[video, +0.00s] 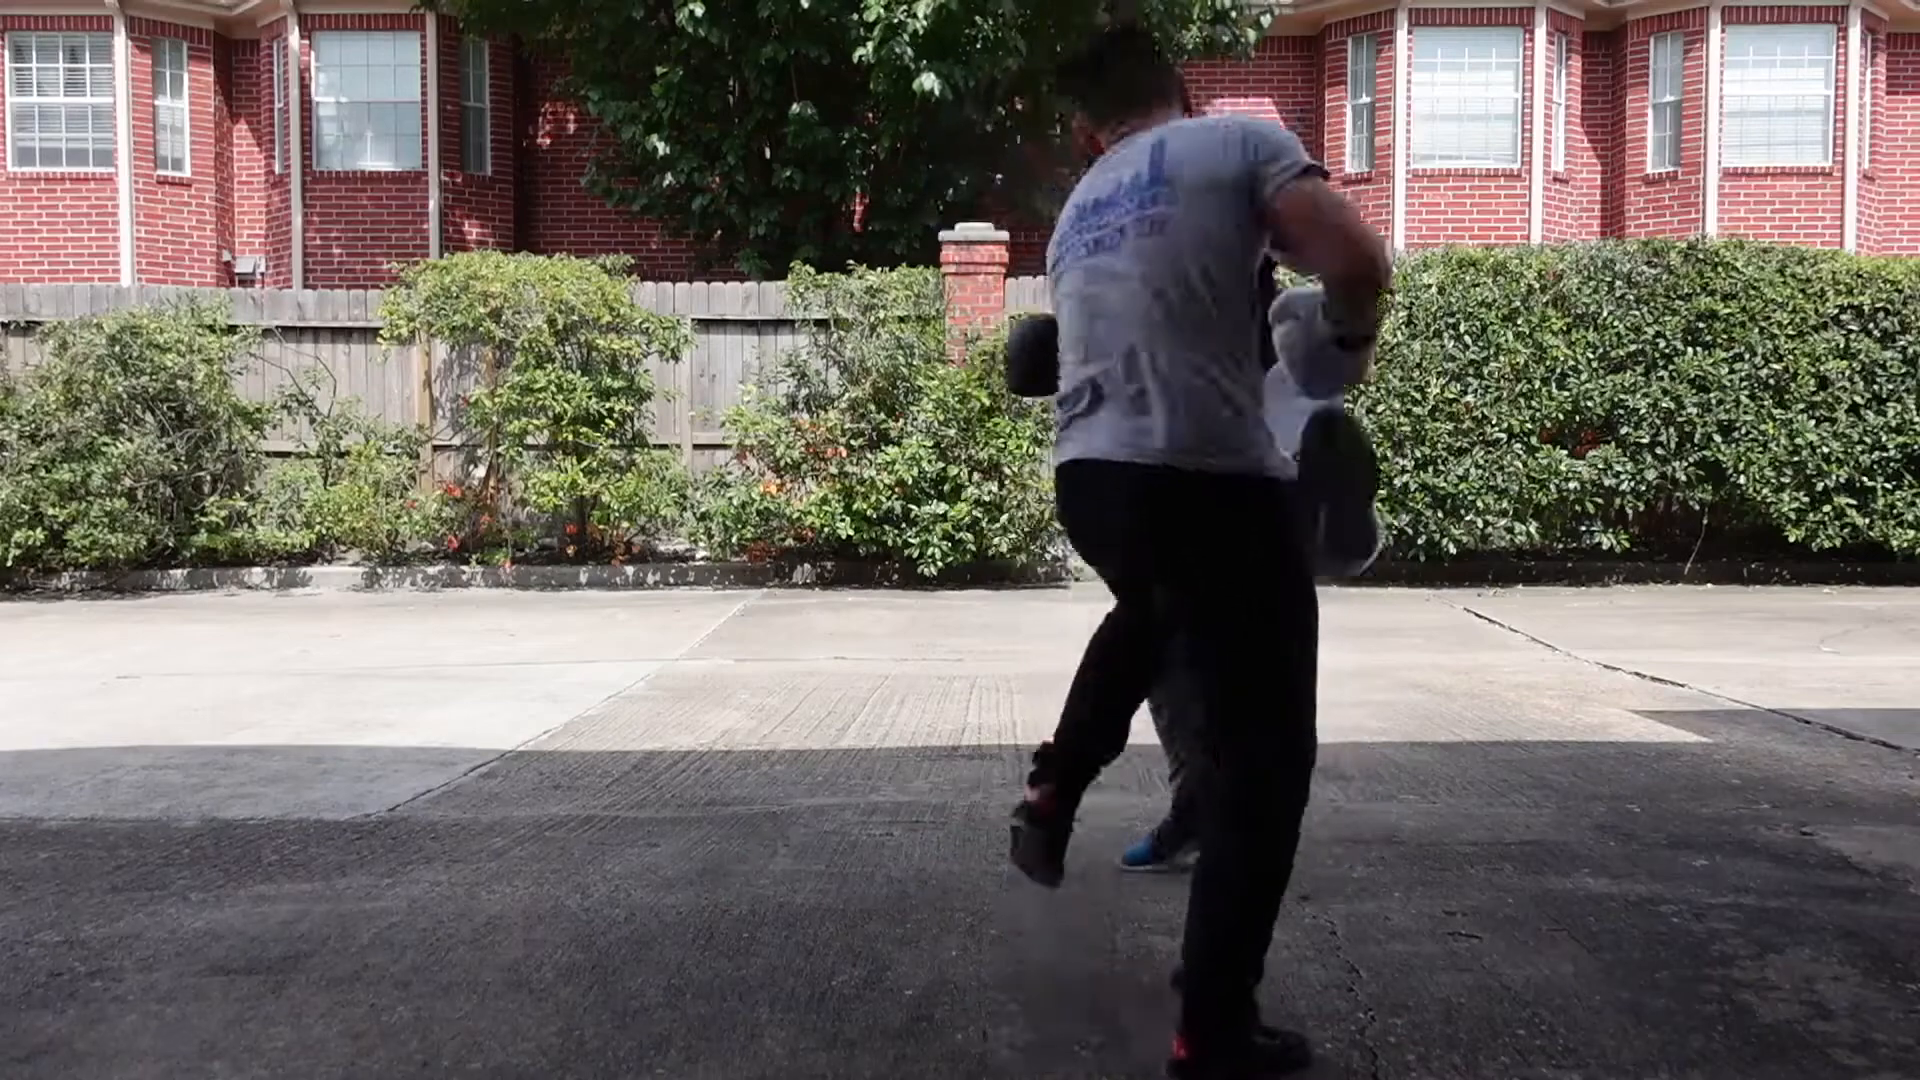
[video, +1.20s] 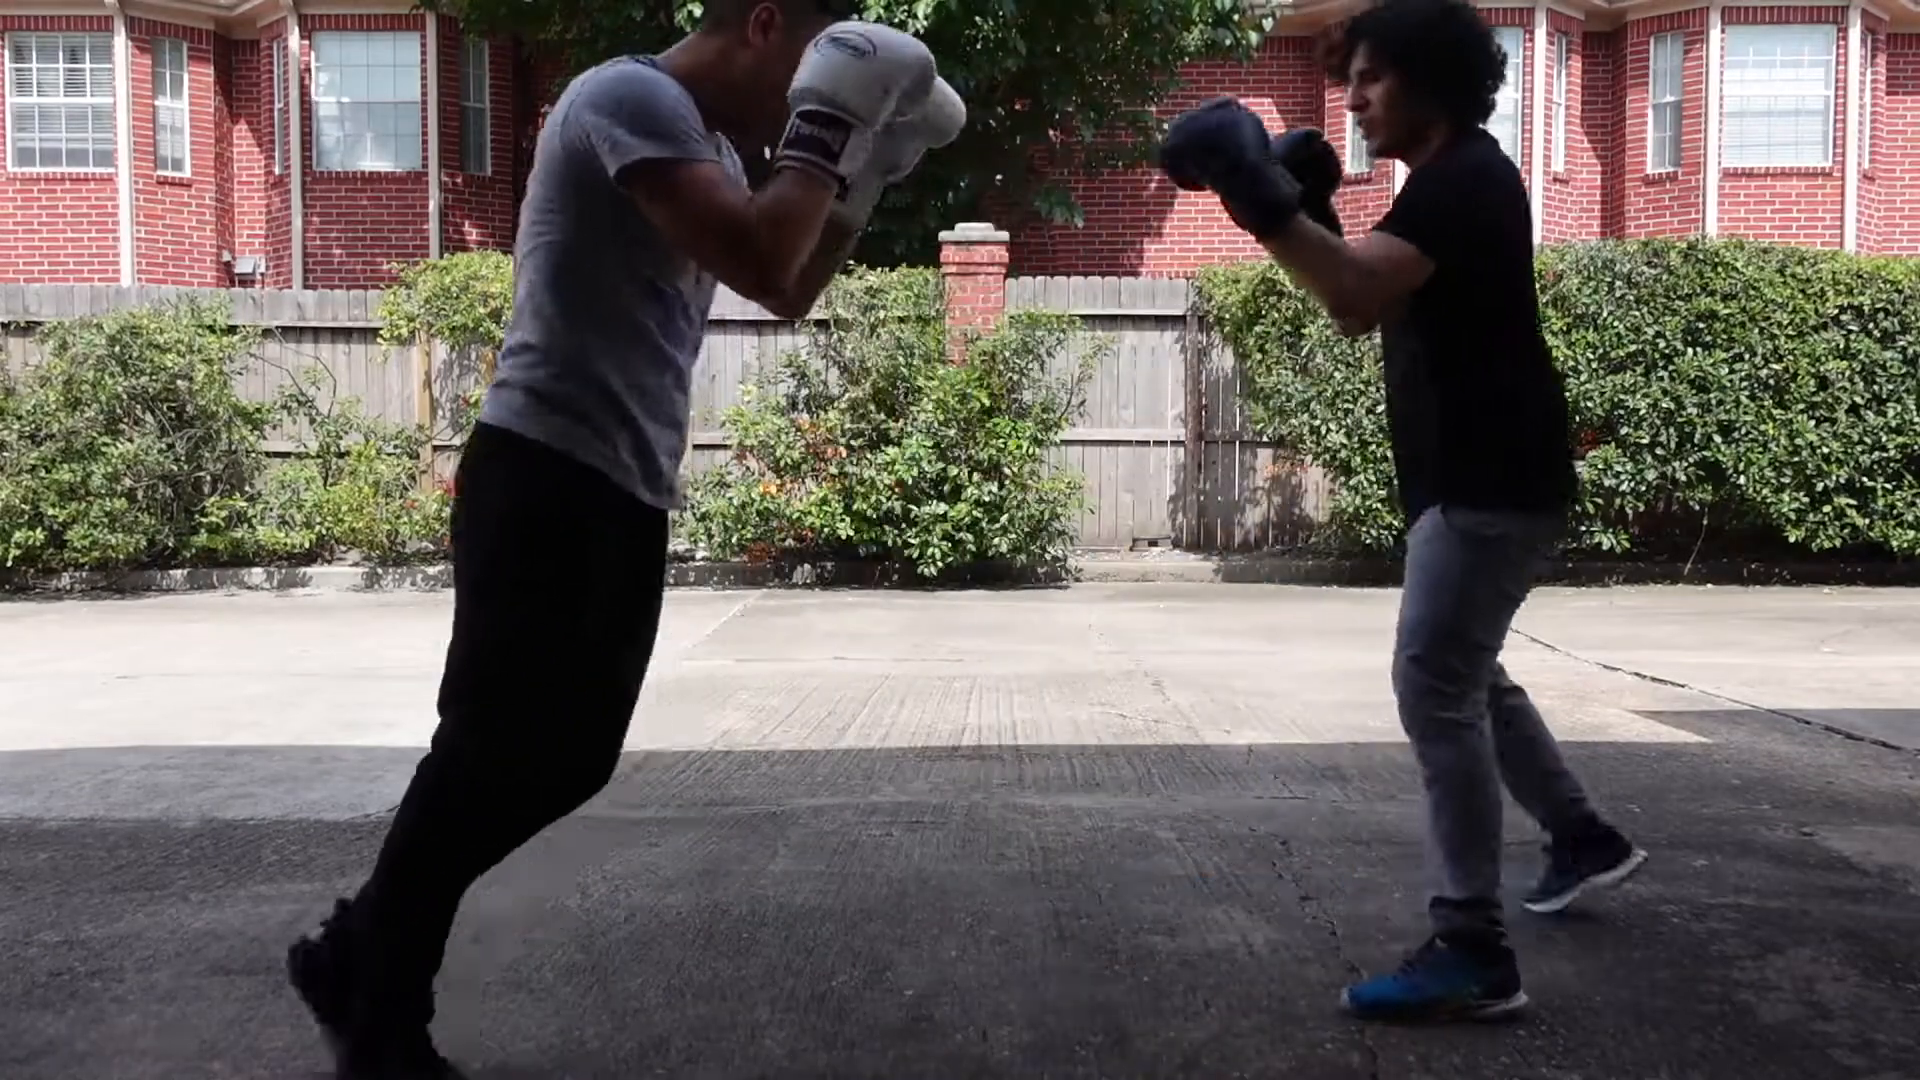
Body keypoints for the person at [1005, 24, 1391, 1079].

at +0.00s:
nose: (1082, 139)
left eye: (1078, 128)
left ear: (1088, 122)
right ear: (1179, 83)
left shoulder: (1079, 201)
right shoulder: (1239, 136)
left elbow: (1088, 338)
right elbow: (1354, 254)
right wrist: (1354, 335)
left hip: (1089, 483)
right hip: (1221, 482)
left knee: (1149, 605)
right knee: (1268, 752)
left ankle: (1049, 803)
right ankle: (1216, 1026)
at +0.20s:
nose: (1123, 178)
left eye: (1134, 159)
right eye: (1104, 168)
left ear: (1161, 163)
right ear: (1083, 182)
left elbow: (1278, 192)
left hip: (1316, 460)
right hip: (1201, 485)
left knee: (1362, 635)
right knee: (1183, 660)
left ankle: (1428, 869)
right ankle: (1229, 816)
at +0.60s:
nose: (1172, 186)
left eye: (1185, 169)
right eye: (1168, 174)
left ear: (1238, 170)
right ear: (1189, 183)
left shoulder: (1277, 224)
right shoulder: (1195, 269)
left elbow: (1196, 258)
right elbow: (1129, 372)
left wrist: (1122, 238)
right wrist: (1121, 274)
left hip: (1317, 533)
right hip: (1224, 540)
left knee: (1348, 718)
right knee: (1152, 684)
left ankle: (1476, 923)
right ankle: (1182, 859)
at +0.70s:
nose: (1225, 125)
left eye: (1237, 109)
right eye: (1224, 113)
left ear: (1282, 116)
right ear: (1265, 124)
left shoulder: (1316, 191)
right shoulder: (1243, 223)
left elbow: (1226, 254)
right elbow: (1182, 351)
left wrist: (1103, 280)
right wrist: (1195, 239)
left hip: (1335, 505)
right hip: (1248, 510)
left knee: (1338, 688)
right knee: (1183, 677)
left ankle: (1466, 899)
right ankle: (1190, 845)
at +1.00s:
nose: (1304, 96)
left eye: (1322, 76)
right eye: (1307, 78)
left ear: (1378, 87)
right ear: (1382, 93)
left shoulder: (1396, 193)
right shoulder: (1396, 189)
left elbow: (1314, 335)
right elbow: (1330, 328)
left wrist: (1189, 295)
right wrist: (1265, 255)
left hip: (1431, 506)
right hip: (1403, 500)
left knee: (1369, 707)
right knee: (1308, 651)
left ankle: (1464, 951)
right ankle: (1331, 857)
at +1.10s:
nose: (1330, 87)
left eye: (1348, 66)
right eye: (1331, 68)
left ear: (1407, 74)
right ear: (1406, 81)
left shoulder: (1433, 177)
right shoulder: (1414, 174)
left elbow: (1335, 306)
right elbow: (1344, 307)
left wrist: (1217, 229)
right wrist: (1292, 233)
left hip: (1466, 488)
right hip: (1428, 477)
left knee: (1409, 690)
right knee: (1365, 638)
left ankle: (1468, 947)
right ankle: (1465, 841)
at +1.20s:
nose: (1351, 98)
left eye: (1367, 78)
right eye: (1350, 80)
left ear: (1423, 81)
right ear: (1410, 88)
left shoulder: (1463, 181)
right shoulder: (1446, 178)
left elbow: (1357, 298)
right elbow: (1366, 295)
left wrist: (1259, 203)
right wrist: (1308, 210)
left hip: (1489, 494)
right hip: (1470, 487)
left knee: (1434, 690)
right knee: (1467, 676)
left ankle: (1472, 948)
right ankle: (1582, 836)